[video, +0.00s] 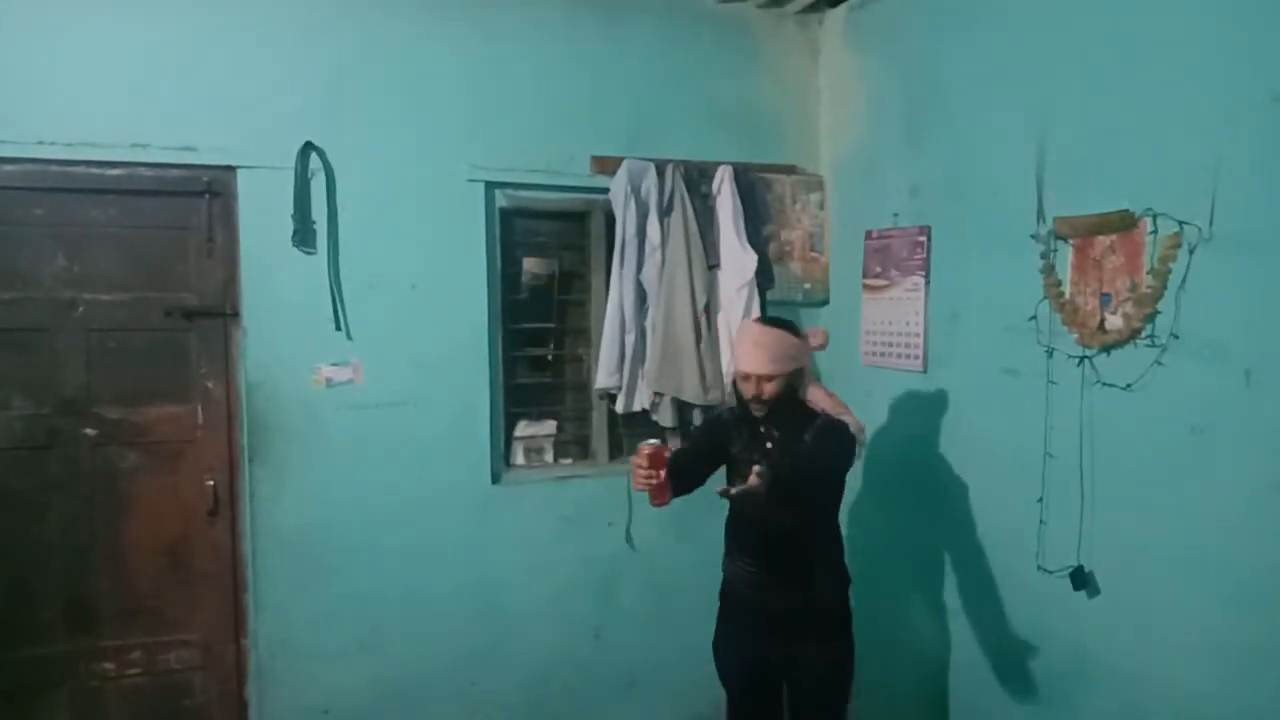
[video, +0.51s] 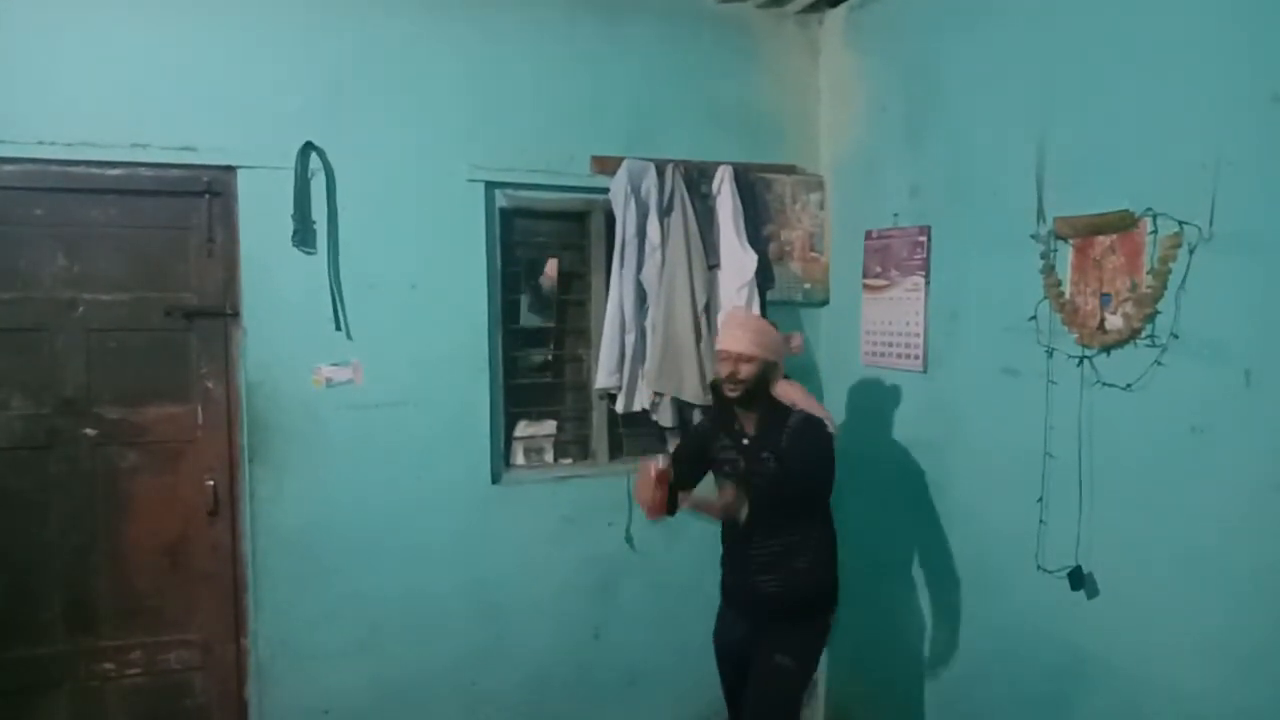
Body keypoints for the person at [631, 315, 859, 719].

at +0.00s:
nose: (755, 391)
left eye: (768, 381)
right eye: (746, 379)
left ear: (793, 376)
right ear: (735, 376)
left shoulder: (828, 432)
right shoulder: (730, 425)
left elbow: (816, 490)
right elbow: (683, 469)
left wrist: (770, 486)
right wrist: (654, 469)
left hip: (816, 608)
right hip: (745, 606)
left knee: (817, 710)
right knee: (748, 709)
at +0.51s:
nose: (731, 371)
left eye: (744, 361)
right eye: (724, 359)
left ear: (770, 366)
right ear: (715, 361)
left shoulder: (804, 425)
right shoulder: (717, 422)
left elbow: (800, 500)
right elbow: (680, 477)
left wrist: (738, 504)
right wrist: (658, 490)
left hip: (799, 599)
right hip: (740, 595)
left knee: (770, 709)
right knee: (740, 708)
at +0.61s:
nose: (712, 380)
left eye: (725, 370)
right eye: (705, 369)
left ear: (752, 371)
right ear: (697, 370)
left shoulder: (794, 433)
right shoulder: (711, 425)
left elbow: (806, 532)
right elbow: (685, 487)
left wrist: (750, 562)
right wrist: (660, 533)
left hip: (803, 583)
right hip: (750, 580)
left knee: (774, 703)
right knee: (755, 700)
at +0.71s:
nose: (702, 387)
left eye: (716, 375)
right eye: (695, 374)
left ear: (746, 377)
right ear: (688, 375)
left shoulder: (785, 436)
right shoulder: (708, 434)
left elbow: (800, 540)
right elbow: (695, 512)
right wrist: (670, 583)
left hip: (795, 598)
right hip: (743, 594)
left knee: (780, 709)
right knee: (754, 707)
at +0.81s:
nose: (700, 382)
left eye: (713, 372)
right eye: (694, 371)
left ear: (742, 375)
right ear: (687, 371)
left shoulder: (780, 439)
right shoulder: (705, 432)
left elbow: (808, 543)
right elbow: (705, 520)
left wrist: (789, 631)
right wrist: (698, 596)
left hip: (782, 601)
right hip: (733, 597)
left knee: (750, 707)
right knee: (744, 702)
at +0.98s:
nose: (704, 374)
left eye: (717, 364)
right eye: (697, 362)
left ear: (745, 368)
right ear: (688, 363)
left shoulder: (778, 433)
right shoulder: (707, 425)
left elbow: (805, 538)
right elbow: (719, 509)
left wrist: (761, 614)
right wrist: (706, 588)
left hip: (757, 602)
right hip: (715, 592)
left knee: (694, 710)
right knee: (744, 709)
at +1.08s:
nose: (700, 374)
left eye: (715, 364)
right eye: (694, 361)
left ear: (742, 370)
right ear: (687, 361)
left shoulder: (770, 439)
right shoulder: (707, 422)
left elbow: (788, 540)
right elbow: (706, 512)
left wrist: (722, 594)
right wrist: (695, 582)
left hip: (748, 603)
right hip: (712, 593)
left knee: (689, 708)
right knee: (738, 703)